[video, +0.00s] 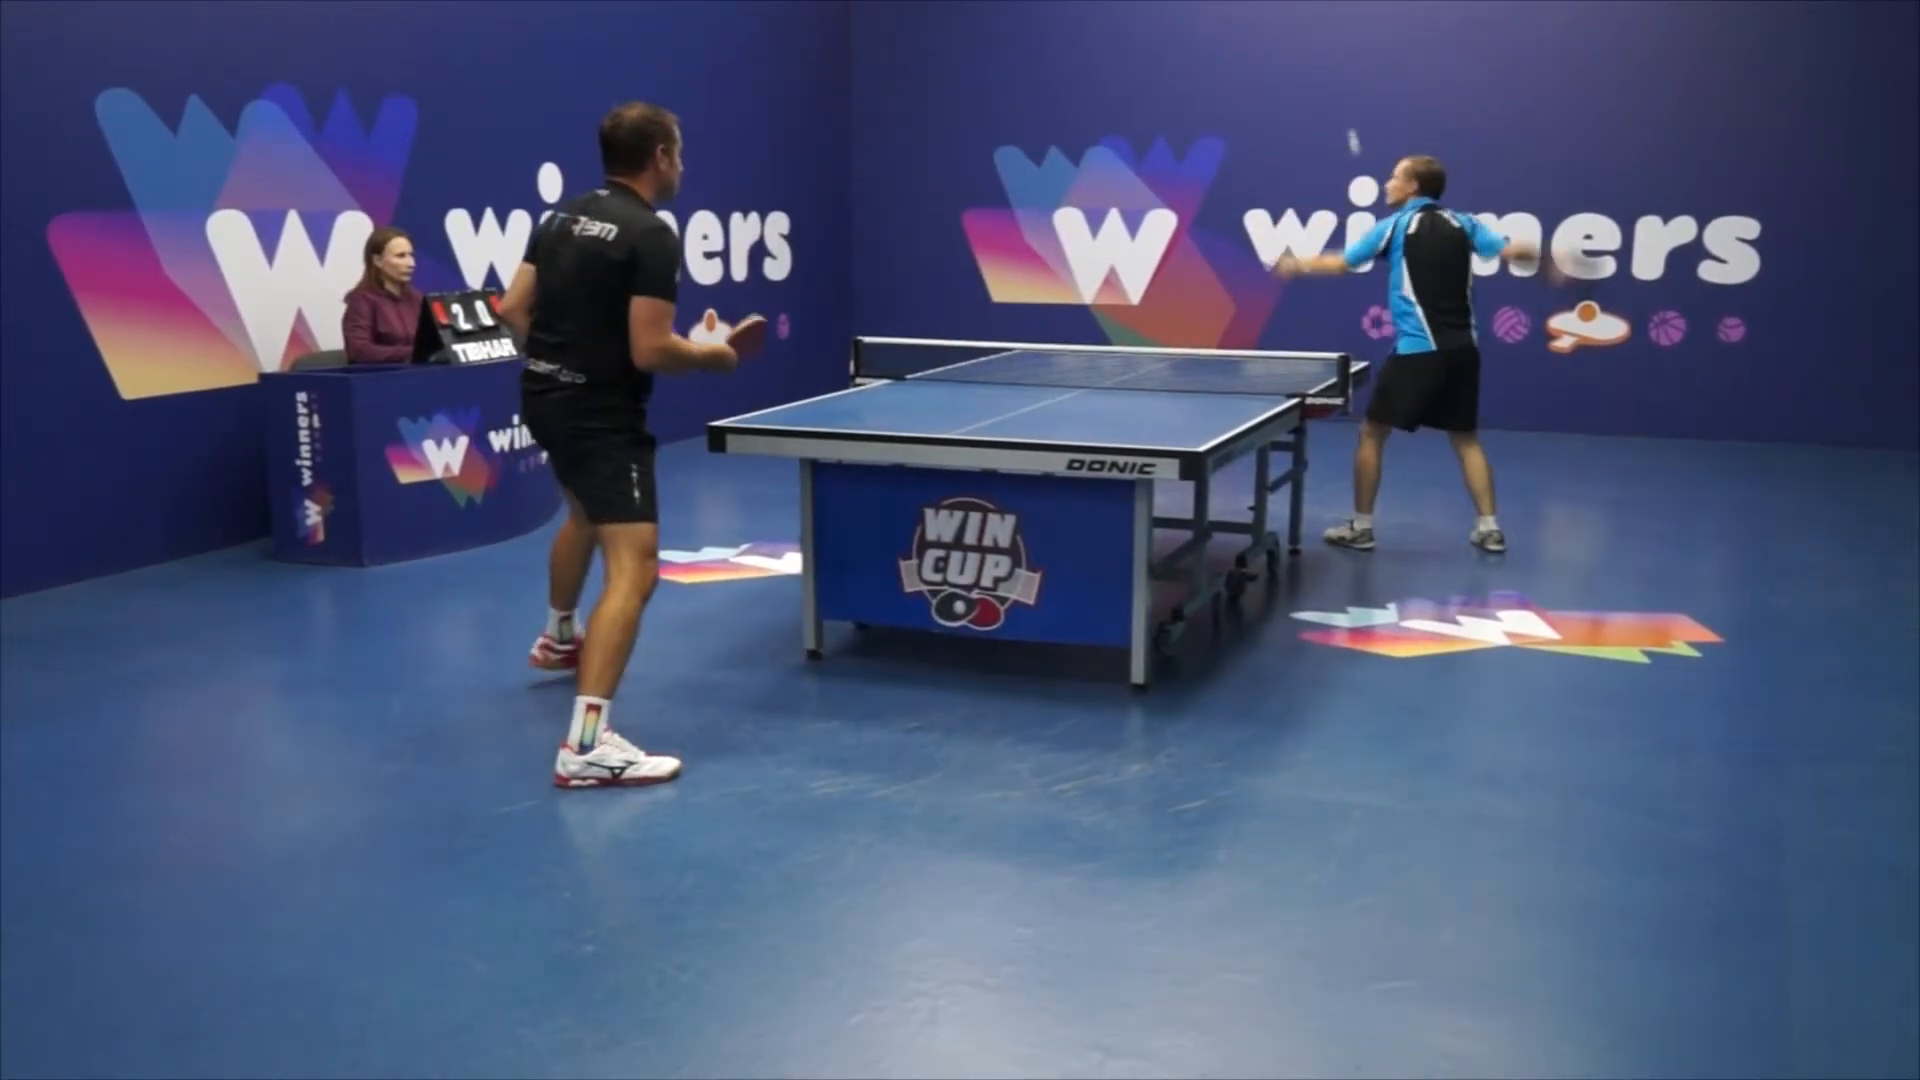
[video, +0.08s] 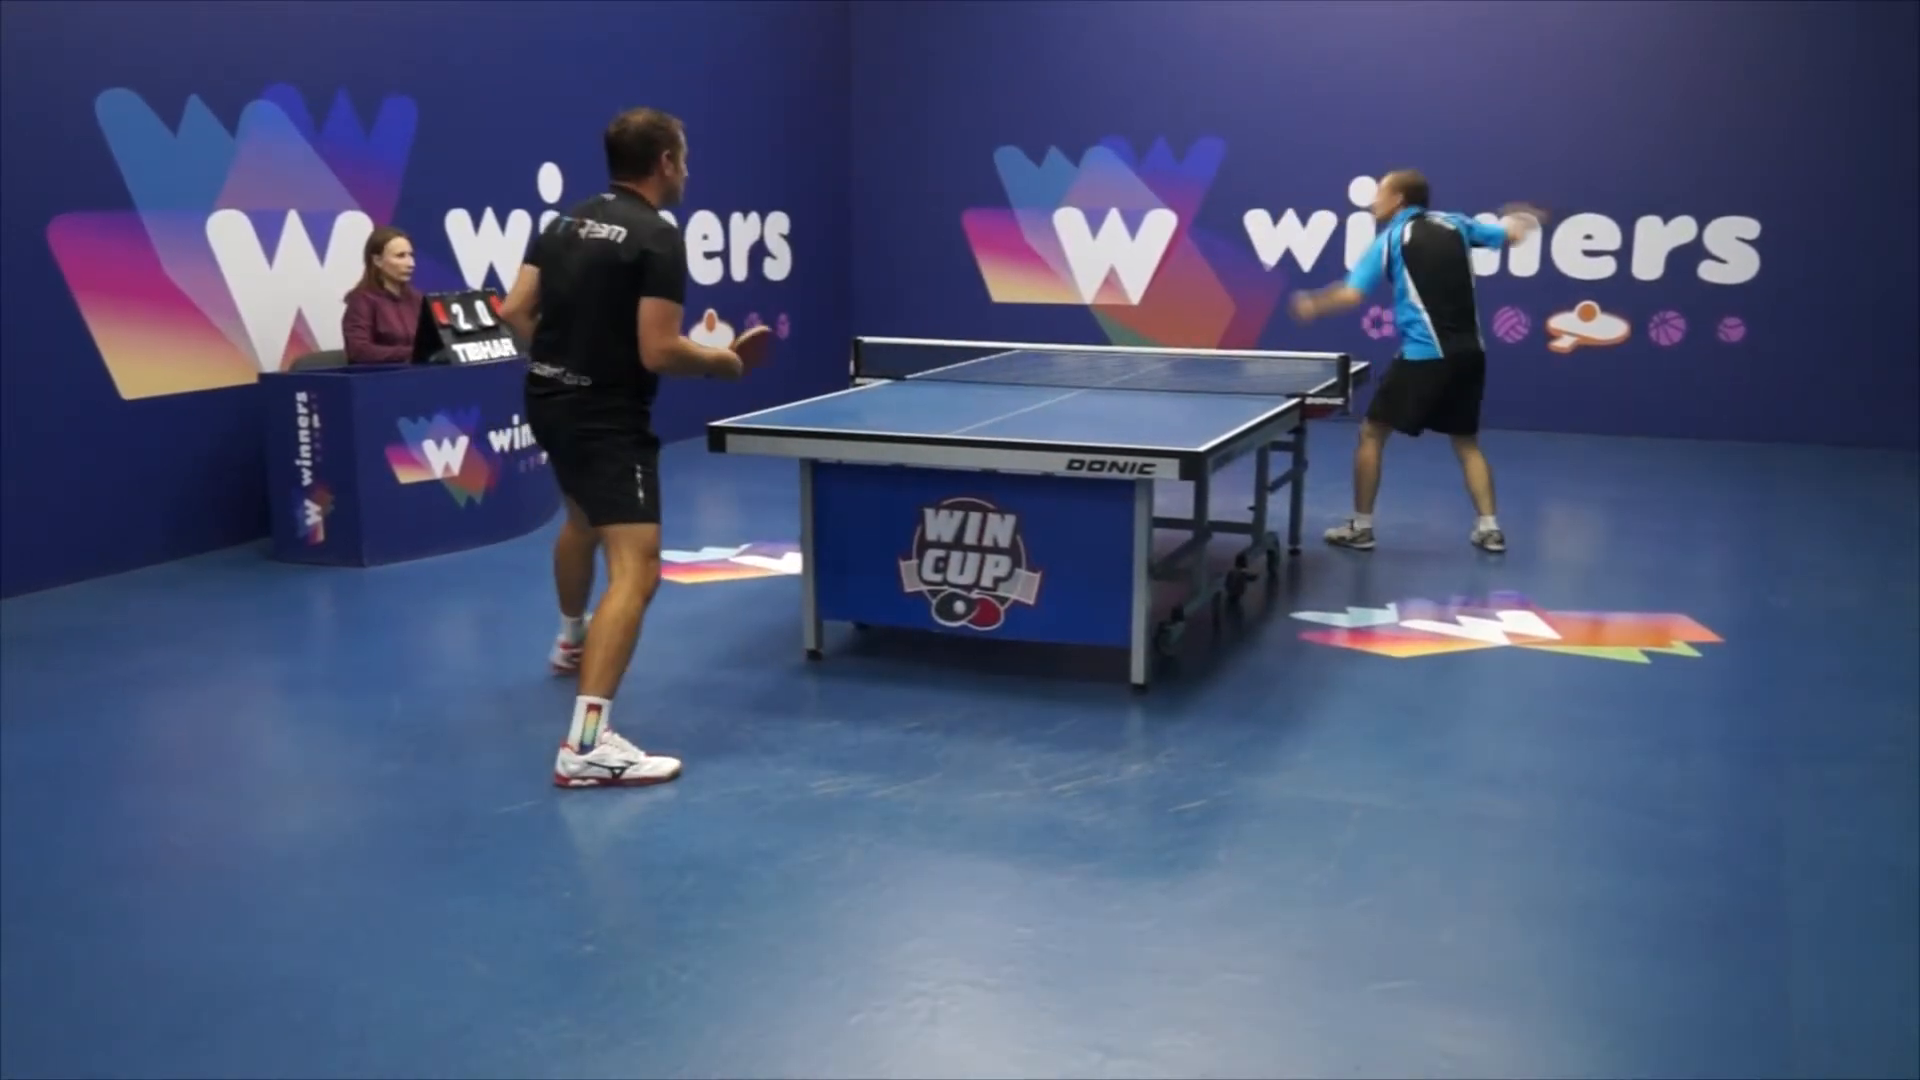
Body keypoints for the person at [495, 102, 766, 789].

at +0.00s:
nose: (680, 164)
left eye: (678, 152)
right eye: (677, 153)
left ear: (611, 158)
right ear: (660, 158)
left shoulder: (564, 216)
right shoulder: (652, 236)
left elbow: (515, 307)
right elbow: (650, 349)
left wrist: (577, 334)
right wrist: (715, 352)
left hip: (546, 396)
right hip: (602, 407)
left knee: (584, 513)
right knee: (634, 571)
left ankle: (560, 633)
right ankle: (586, 740)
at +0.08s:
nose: (686, 169)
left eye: (684, 157)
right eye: (683, 158)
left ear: (616, 164)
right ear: (665, 163)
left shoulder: (564, 224)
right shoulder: (658, 237)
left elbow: (517, 310)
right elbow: (658, 350)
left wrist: (559, 349)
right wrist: (719, 359)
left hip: (551, 402)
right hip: (609, 412)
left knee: (581, 521)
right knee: (636, 573)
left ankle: (573, 638)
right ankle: (587, 739)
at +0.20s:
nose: (693, 182)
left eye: (691, 170)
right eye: (689, 171)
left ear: (625, 175)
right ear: (670, 175)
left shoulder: (578, 231)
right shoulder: (664, 248)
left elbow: (520, 316)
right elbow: (666, 356)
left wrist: (561, 360)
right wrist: (728, 362)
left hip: (556, 409)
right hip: (613, 416)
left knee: (591, 527)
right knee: (637, 574)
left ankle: (583, 643)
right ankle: (589, 735)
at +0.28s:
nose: (699, 186)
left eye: (697, 174)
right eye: (696, 175)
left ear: (633, 177)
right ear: (674, 178)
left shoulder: (587, 229)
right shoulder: (667, 250)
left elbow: (527, 316)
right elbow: (664, 356)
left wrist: (574, 354)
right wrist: (726, 360)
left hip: (557, 401)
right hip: (614, 411)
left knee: (601, 519)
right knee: (643, 567)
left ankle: (585, 640)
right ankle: (598, 720)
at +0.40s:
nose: (711, 188)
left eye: (710, 175)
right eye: (708, 176)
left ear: (649, 175)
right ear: (683, 177)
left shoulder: (595, 221)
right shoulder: (665, 243)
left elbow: (541, 305)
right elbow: (664, 347)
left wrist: (600, 343)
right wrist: (735, 359)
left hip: (561, 388)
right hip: (614, 396)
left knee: (618, 509)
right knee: (683, 541)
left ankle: (585, 641)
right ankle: (637, 679)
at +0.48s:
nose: (720, 194)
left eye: (720, 181)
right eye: (716, 181)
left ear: (665, 175)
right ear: (691, 178)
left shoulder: (610, 217)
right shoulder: (670, 237)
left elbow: (552, 298)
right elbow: (671, 341)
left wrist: (627, 334)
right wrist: (739, 356)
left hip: (566, 385)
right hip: (616, 391)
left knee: (624, 505)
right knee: (713, 521)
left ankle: (585, 637)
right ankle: (669, 667)